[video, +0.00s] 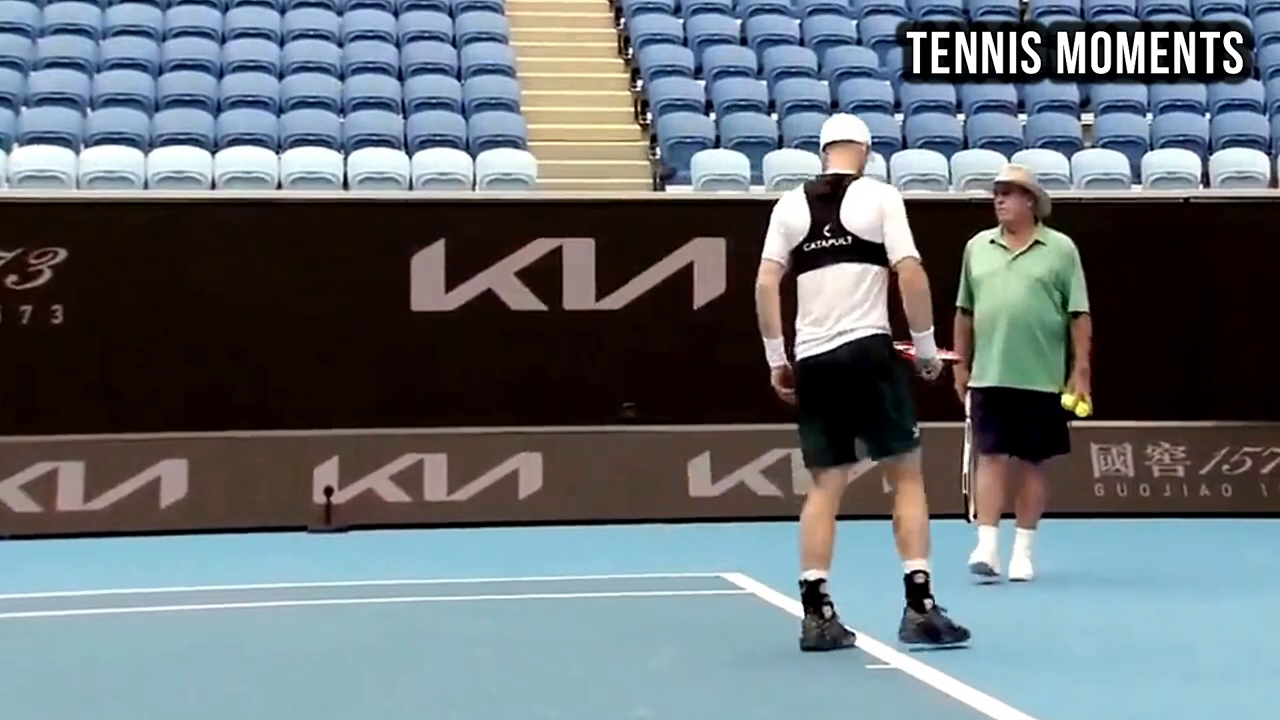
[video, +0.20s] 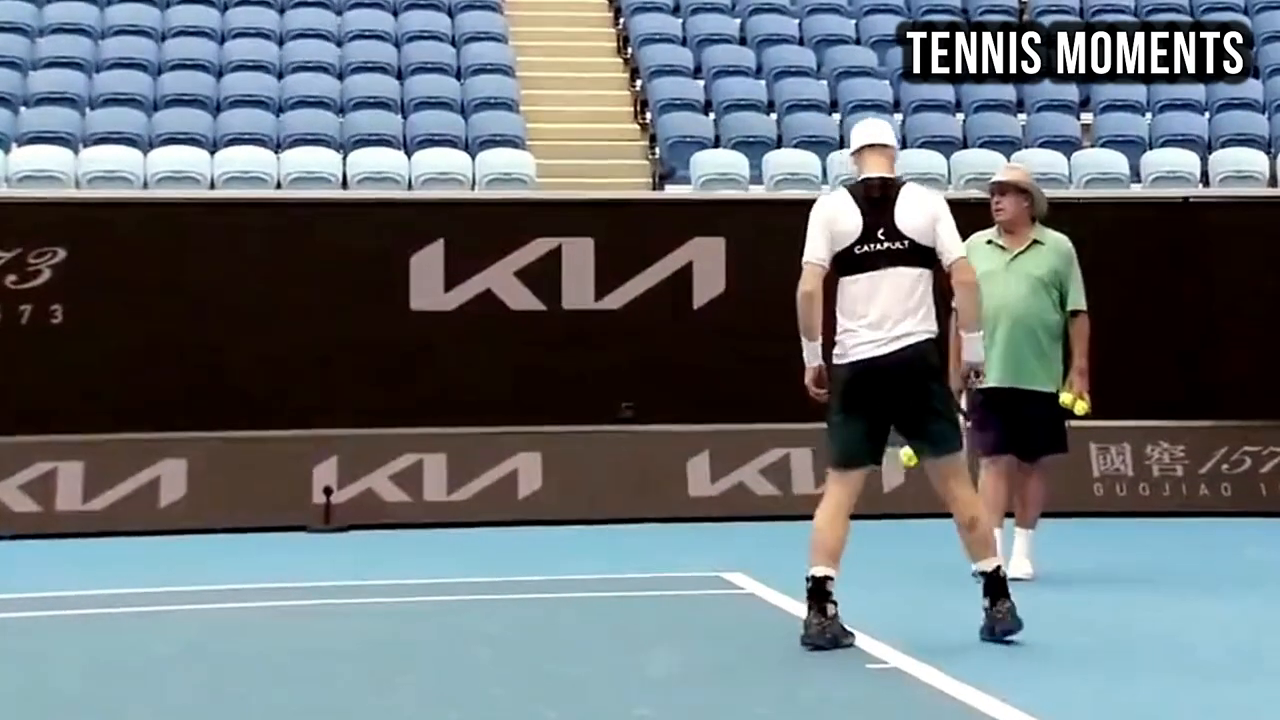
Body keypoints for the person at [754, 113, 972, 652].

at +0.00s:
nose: (864, 157)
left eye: (851, 148)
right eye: (866, 150)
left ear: (823, 153)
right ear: (864, 152)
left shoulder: (789, 204)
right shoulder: (882, 196)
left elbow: (767, 282)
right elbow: (909, 272)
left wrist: (777, 357)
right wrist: (927, 346)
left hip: (812, 363)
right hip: (874, 355)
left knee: (824, 484)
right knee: (905, 477)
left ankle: (816, 615)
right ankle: (920, 606)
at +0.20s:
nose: (874, 159)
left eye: (864, 152)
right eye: (882, 149)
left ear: (853, 157)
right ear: (896, 154)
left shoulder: (829, 206)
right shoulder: (928, 202)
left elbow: (811, 286)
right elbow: (965, 279)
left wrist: (812, 358)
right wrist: (970, 356)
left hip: (854, 371)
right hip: (920, 366)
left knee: (839, 490)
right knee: (957, 485)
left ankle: (819, 612)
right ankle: (999, 602)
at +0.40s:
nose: (911, 171)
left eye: (906, 164)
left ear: (901, 168)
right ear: (945, 166)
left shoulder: (887, 211)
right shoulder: (982, 210)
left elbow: (871, 293)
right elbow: (1015, 288)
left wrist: (869, 360)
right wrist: (1019, 368)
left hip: (906, 376)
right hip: (971, 371)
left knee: (878, 488)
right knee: (989, 487)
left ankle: (855, 603)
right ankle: (1012, 616)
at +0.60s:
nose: (935, 168)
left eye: (929, 162)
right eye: (952, 157)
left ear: (930, 165)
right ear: (971, 160)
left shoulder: (918, 210)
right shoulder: (1011, 209)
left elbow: (906, 290)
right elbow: (1050, 286)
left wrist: (905, 352)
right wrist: (1058, 364)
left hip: (939, 374)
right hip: (1000, 369)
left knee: (919, 484)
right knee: (1002, 491)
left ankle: (928, 602)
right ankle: (1015, 619)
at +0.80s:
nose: (951, 164)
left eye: (943, 157)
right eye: (961, 153)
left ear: (939, 157)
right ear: (980, 151)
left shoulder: (931, 207)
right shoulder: (1020, 204)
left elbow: (919, 293)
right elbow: (1058, 287)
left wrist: (906, 351)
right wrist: (1066, 362)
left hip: (951, 370)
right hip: (1010, 367)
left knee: (936, 482)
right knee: (1006, 485)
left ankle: (959, 602)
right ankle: (1012, 616)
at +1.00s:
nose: (955, 160)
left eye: (945, 154)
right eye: (967, 149)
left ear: (942, 154)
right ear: (984, 148)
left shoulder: (934, 205)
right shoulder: (1021, 203)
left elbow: (923, 294)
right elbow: (1059, 284)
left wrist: (912, 370)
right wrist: (1065, 362)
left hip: (957, 371)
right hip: (1014, 366)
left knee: (958, 488)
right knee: (1009, 485)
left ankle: (978, 613)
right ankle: (1011, 616)